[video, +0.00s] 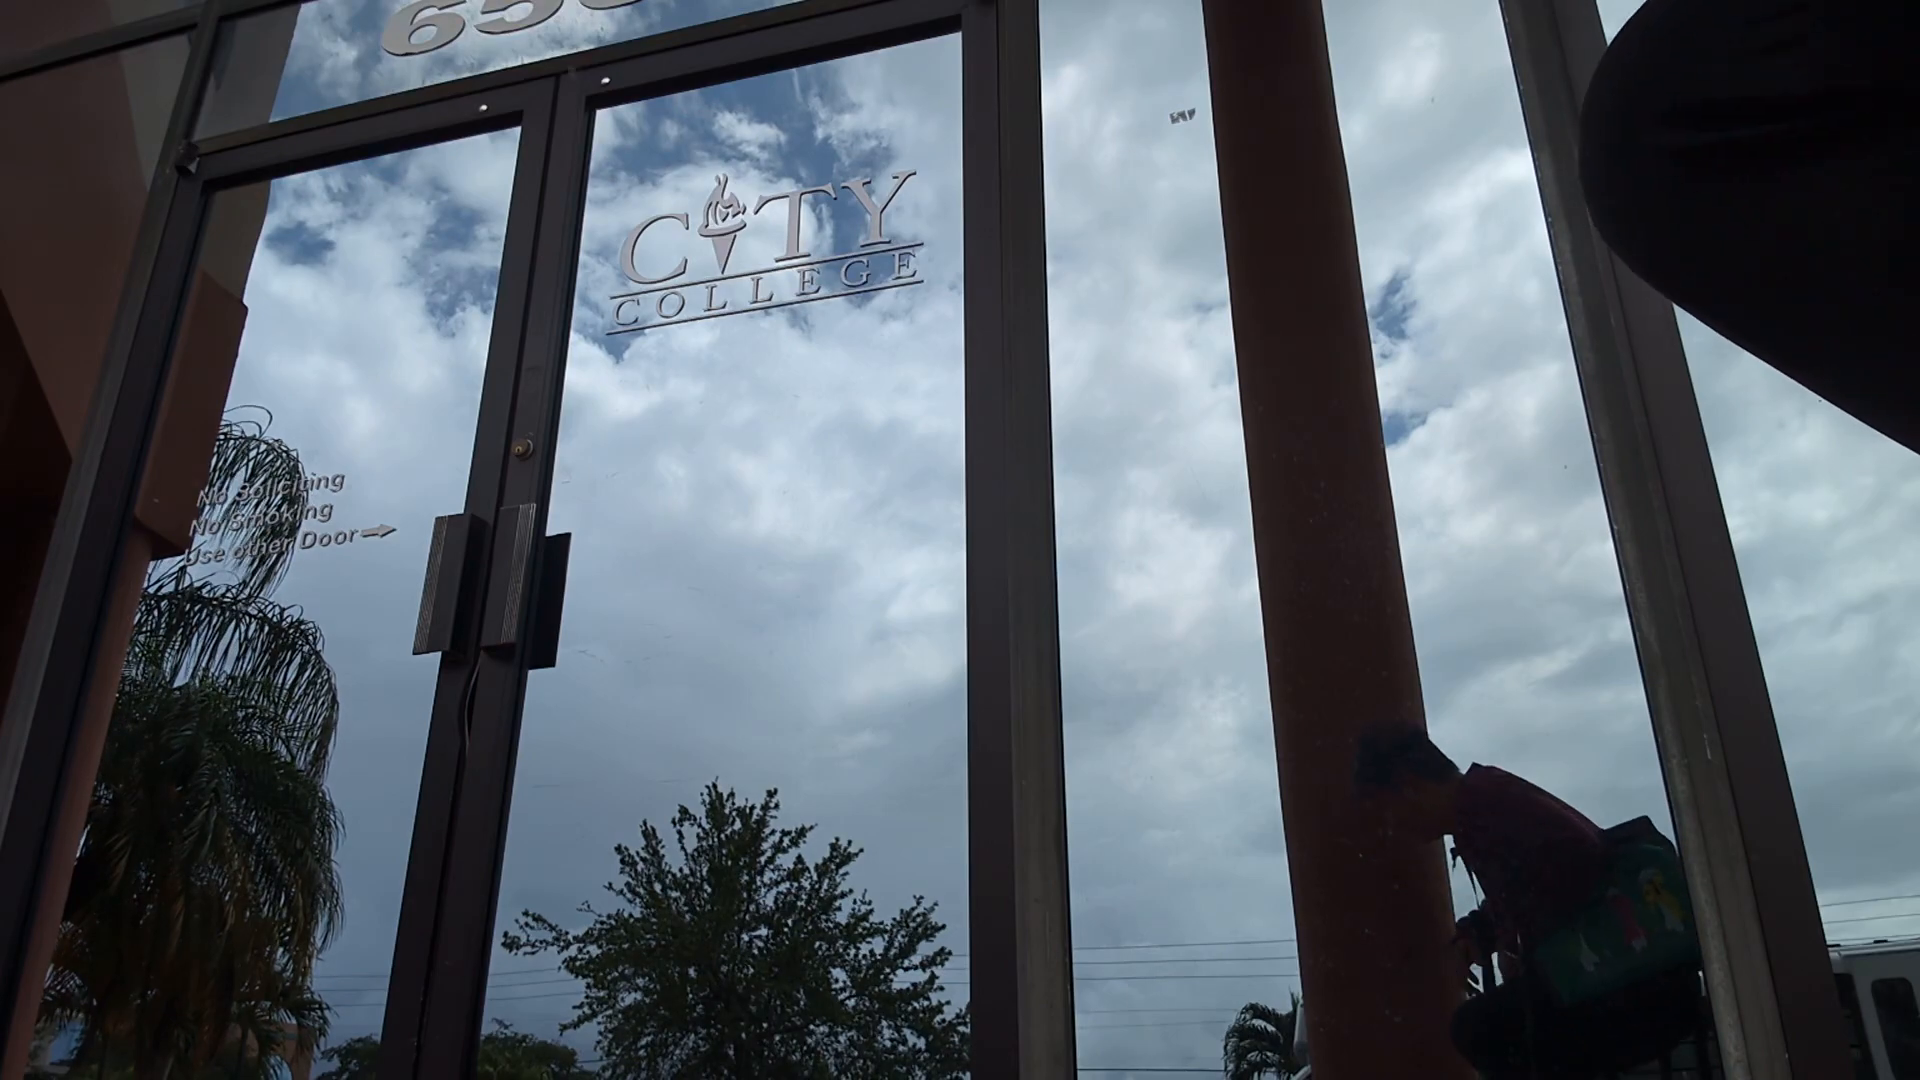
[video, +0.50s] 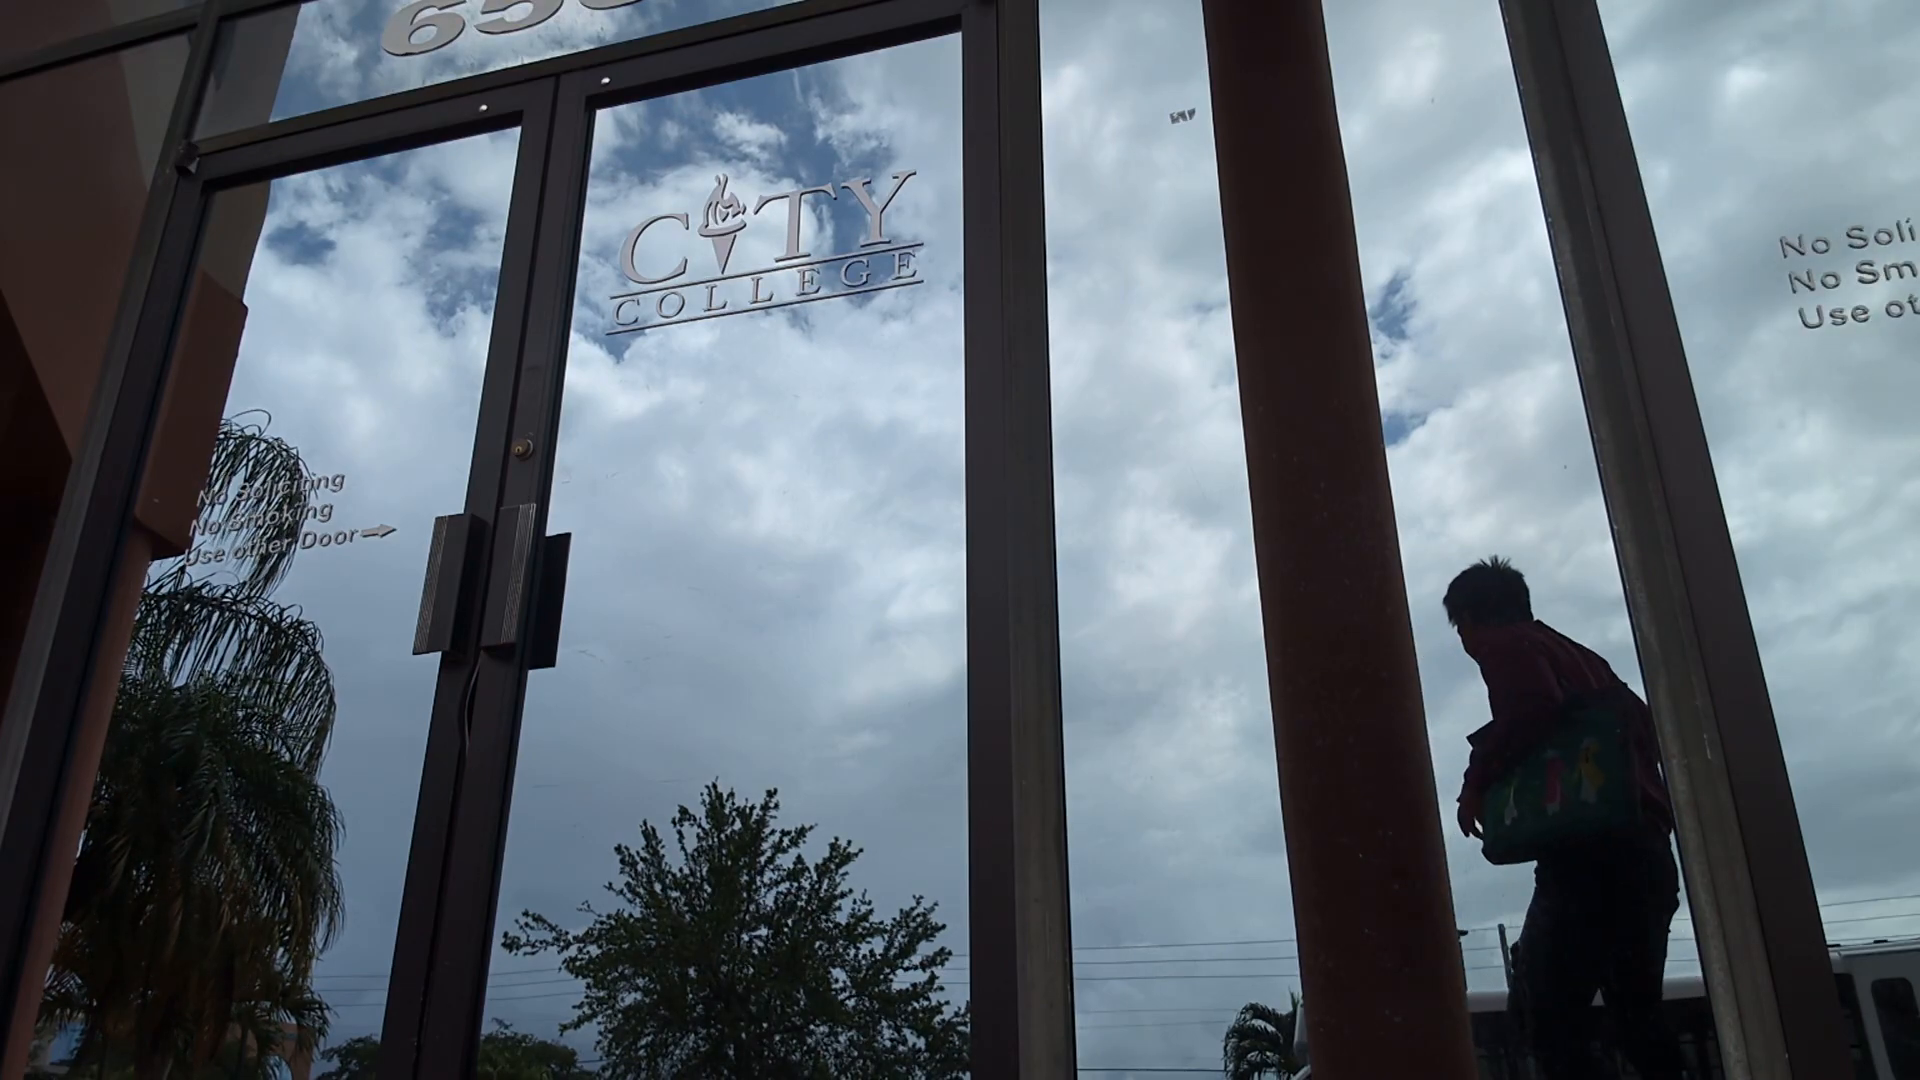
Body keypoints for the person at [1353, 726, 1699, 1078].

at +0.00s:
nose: (1401, 825)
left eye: (1395, 808)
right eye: (1392, 814)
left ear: (1411, 783)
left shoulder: (1486, 799)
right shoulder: (1473, 818)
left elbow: (1579, 858)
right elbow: (1523, 891)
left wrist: (1501, 932)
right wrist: (1477, 929)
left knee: (1478, 1028)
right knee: (1478, 1023)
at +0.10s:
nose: (1402, 784)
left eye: (1394, 769)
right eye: (1392, 774)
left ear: (1412, 744)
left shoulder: (1485, 755)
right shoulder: (1477, 776)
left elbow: (1564, 812)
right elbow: (1510, 861)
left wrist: (1502, 901)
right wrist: (1496, 903)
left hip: (1634, 951)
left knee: (1482, 1025)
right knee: (1475, 1022)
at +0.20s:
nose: (1406, 732)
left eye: (1399, 716)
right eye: (1396, 721)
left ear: (1417, 699)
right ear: (1443, 681)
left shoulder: (1479, 716)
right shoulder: (1490, 714)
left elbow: (1546, 778)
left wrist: (1491, 853)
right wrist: (1494, 859)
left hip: (1607, 916)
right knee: (1482, 1021)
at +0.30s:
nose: (1418, 690)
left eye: (1413, 676)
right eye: (1411, 679)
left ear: (1427, 658)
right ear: (1463, 641)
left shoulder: (1481, 678)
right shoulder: (1513, 675)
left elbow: (1530, 736)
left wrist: (1482, 814)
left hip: (1601, 883)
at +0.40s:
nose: (1438, 656)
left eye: (1435, 641)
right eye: (1433, 645)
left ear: (1453, 629)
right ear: (1488, 616)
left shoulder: (1489, 656)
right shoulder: (1546, 658)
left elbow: (1526, 716)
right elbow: (1623, 733)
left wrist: (1476, 787)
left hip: (1588, 863)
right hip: (1642, 860)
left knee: (1524, 1011)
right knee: (1602, 1010)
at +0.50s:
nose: (1462, 640)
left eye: (1460, 626)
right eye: (1458, 628)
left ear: (1476, 617)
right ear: (1519, 606)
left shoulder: (1503, 643)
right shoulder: (1583, 656)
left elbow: (1534, 706)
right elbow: (1643, 720)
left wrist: (1479, 774)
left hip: (1583, 859)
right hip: (1647, 856)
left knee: (1548, 1011)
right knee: (1636, 1011)